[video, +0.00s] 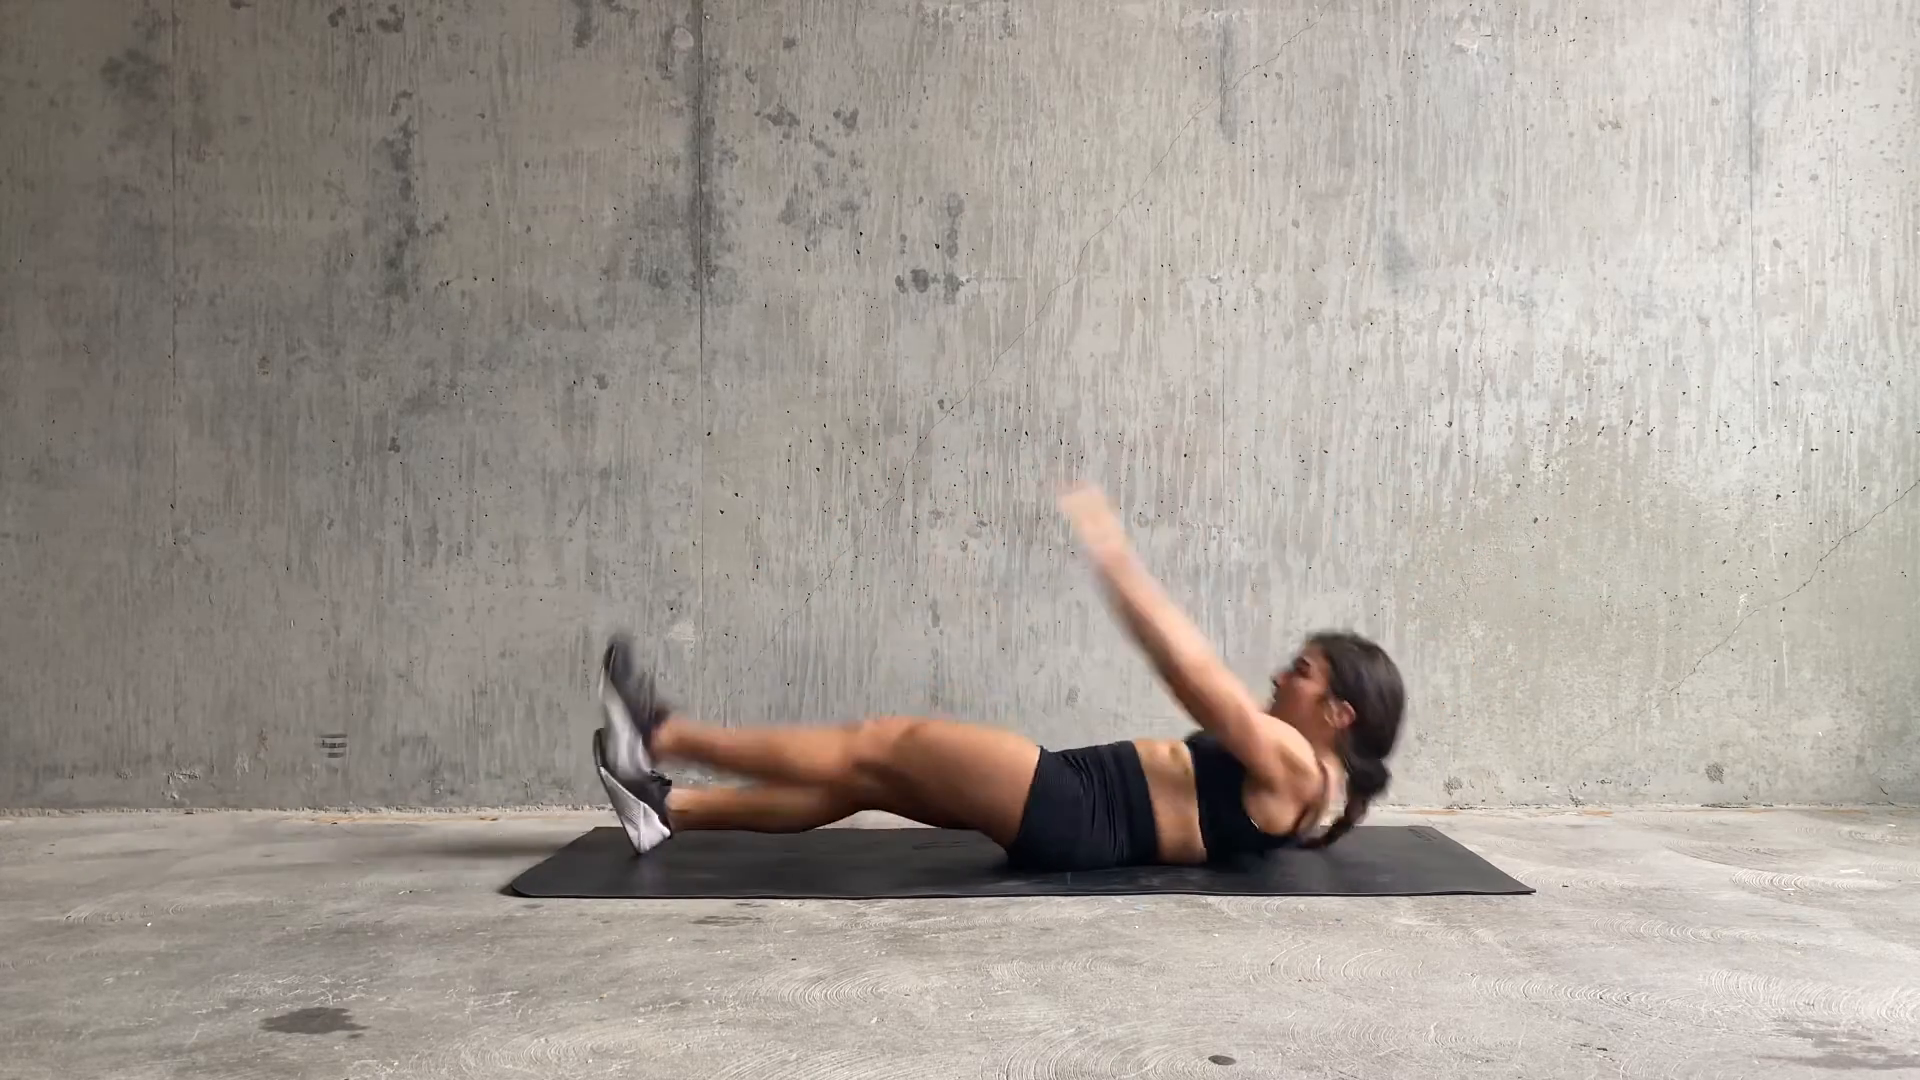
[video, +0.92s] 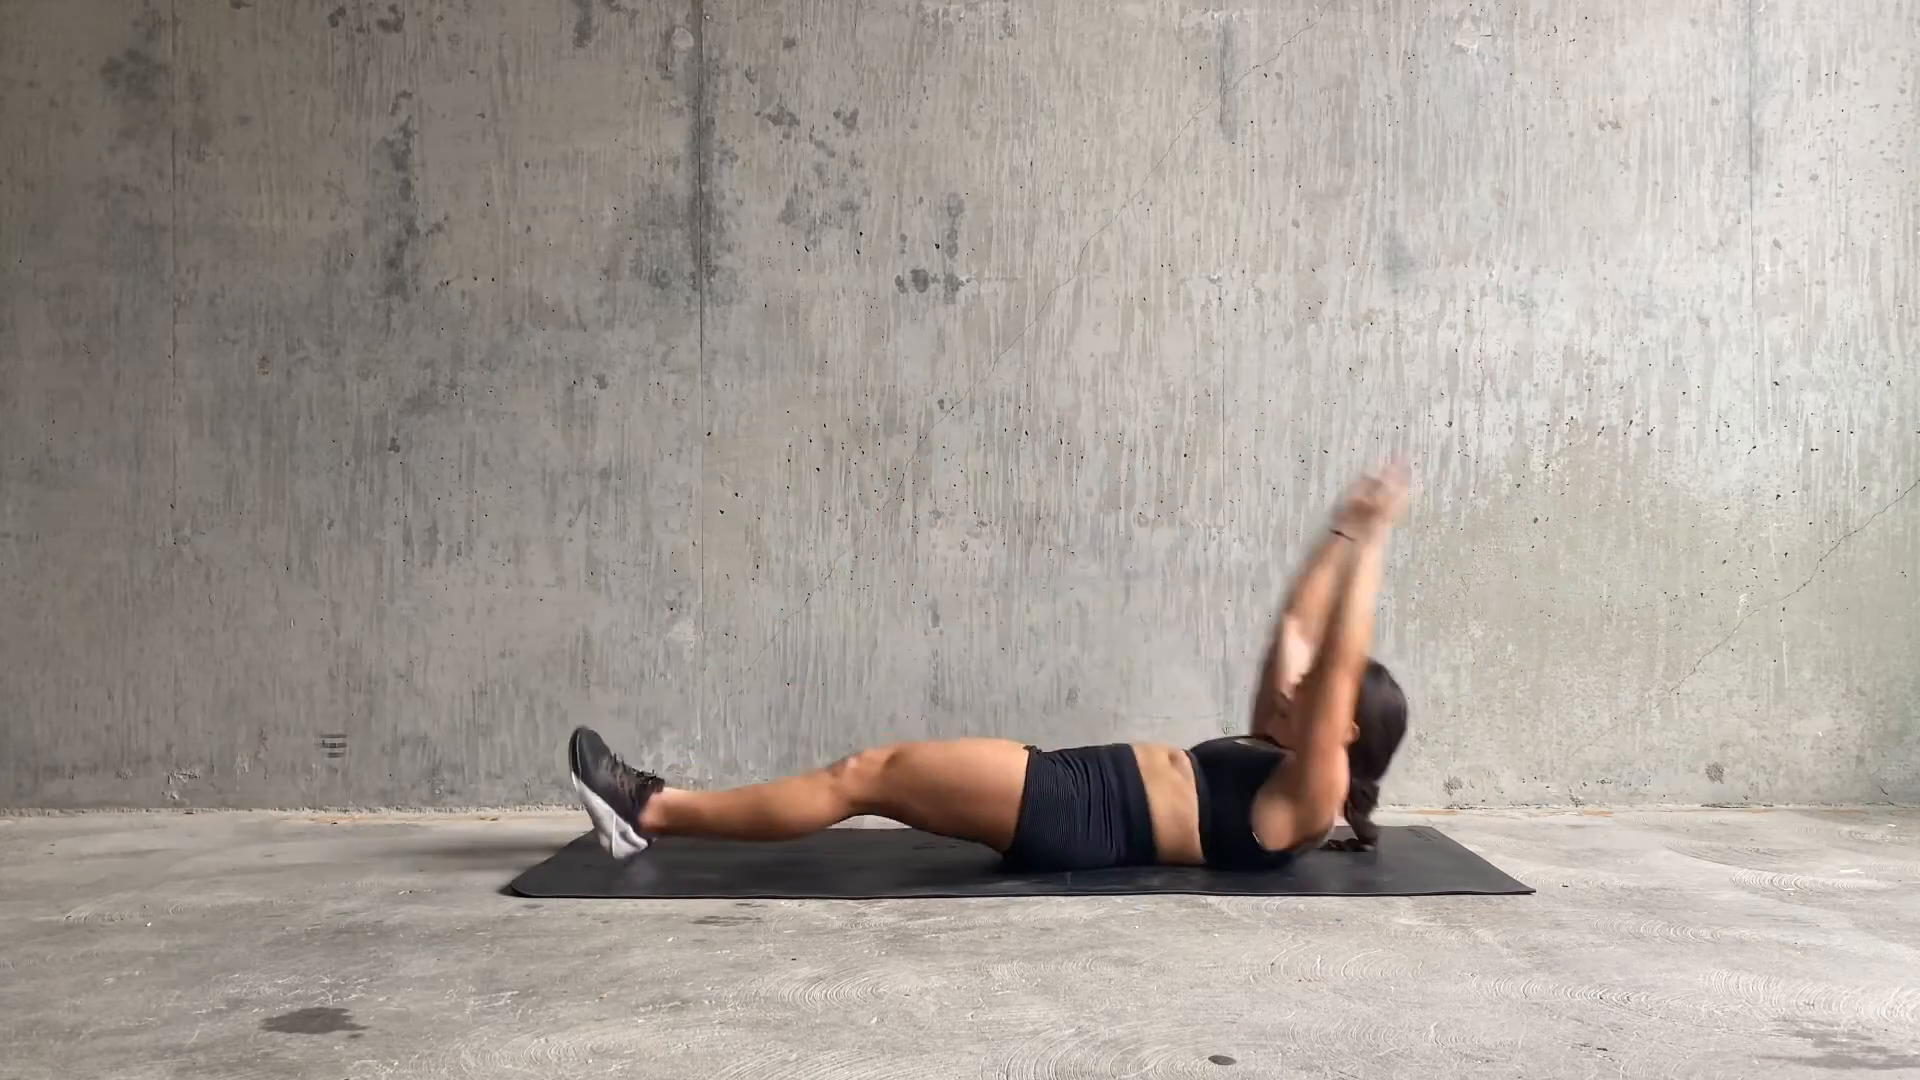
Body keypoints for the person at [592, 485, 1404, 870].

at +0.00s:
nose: (1280, 684)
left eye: (1299, 678)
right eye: (1292, 670)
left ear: (1339, 712)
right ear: (1341, 717)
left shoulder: (1291, 761)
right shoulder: (1309, 779)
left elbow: (1186, 664)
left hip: (1079, 805)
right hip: (1084, 813)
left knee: (888, 743)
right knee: (867, 783)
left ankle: (668, 736)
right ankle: (665, 812)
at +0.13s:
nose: (1217, 610)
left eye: (1233, 604)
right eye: (1225, 598)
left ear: (1273, 634)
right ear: (1265, 632)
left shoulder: (1246, 708)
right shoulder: (1215, 675)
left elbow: (1108, 668)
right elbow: (1089, 629)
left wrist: (981, 608)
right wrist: (991, 557)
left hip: (1071, 812)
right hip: (1060, 800)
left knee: (912, 674)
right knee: (854, 770)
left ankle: (719, 571)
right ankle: (654, 807)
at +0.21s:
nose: (1179, 561)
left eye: (1196, 556)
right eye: (1189, 551)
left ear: (1232, 589)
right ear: (1224, 586)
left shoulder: (1210, 671)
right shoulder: (1175, 633)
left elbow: (1070, 646)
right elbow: (1055, 593)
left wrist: (942, 595)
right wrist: (954, 523)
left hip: (1071, 818)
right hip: (1052, 791)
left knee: (935, 627)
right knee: (848, 767)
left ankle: (783, 490)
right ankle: (647, 807)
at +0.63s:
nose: (1211, 591)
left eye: (1229, 586)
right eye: (1222, 579)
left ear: (1270, 617)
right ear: (1270, 619)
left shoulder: (1238, 686)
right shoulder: (1244, 687)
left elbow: (1117, 616)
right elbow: (1120, 616)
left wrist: (1020, 522)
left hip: (1068, 807)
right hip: (1064, 805)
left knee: (896, 676)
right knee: (853, 776)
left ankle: (703, 592)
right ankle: (652, 807)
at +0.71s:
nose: (1238, 627)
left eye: (1259, 622)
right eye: (1250, 614)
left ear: (1299, 655)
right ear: (1294, 655)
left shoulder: (1264, 711)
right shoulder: (1256, 710)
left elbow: (1168, 611)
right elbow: (1165, 614)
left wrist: (1107, 498)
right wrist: (1108, 504)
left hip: (1069, 808)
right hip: (1060, 798)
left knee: (880, 718)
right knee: (854, 782)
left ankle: (669, 672)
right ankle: (649, 807)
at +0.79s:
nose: (1259, 655)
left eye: (1279, 648)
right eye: (1269, 643)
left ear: (1315, 683)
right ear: (1302, 678)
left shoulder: (1289, 753)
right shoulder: (1259, 732)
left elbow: (1246, 619)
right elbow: (1199, 613)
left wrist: (1219, 497)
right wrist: (1194, 494)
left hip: (1078, 812)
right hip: (1069, 795)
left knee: (871, 752)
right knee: (859, 783)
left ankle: (652, 748)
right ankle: (651, 807)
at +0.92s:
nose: (1300, 681)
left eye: (1320, 680)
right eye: (1306, 673)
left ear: (1344, 724)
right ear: (1338, 723)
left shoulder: (1311, 802)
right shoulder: (1283, 764)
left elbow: (1340, 656)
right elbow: (1295, 641)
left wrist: (1370, 539)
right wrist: (1344, 533)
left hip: (1083, 811)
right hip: (1083, 791)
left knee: (875, 773)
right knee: (884, 768)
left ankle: (654, 814)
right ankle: (668, 805)